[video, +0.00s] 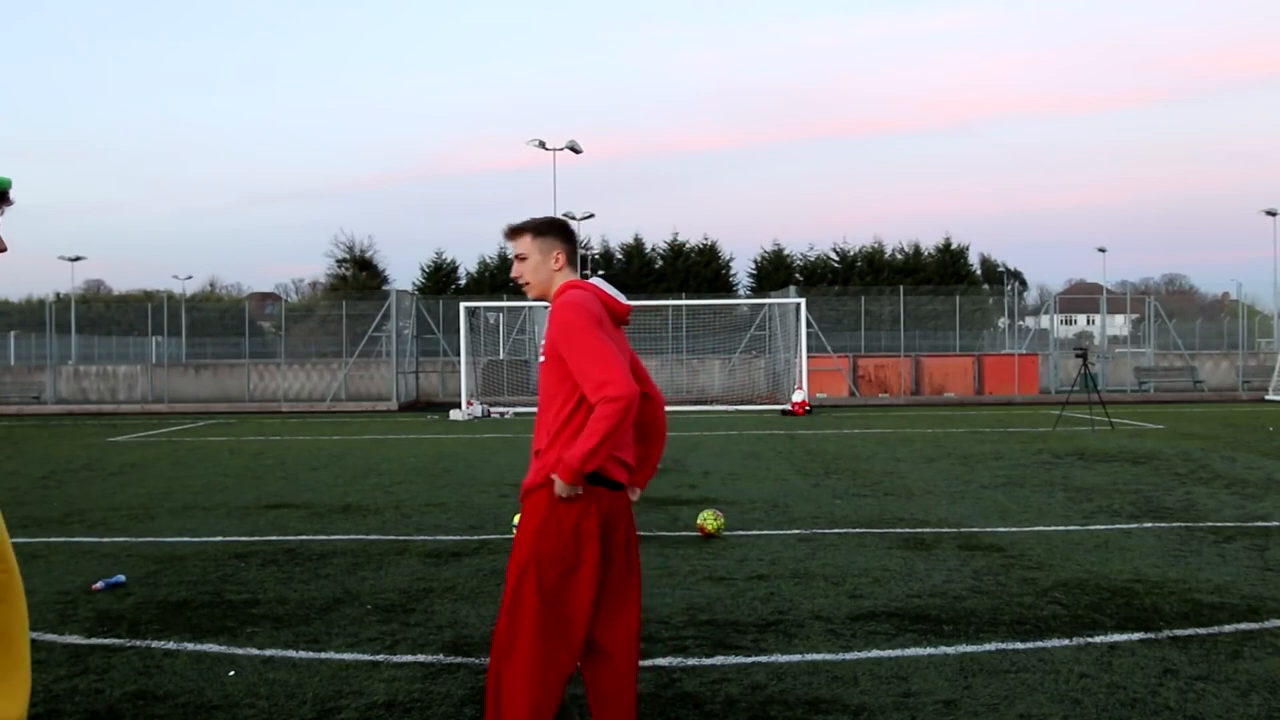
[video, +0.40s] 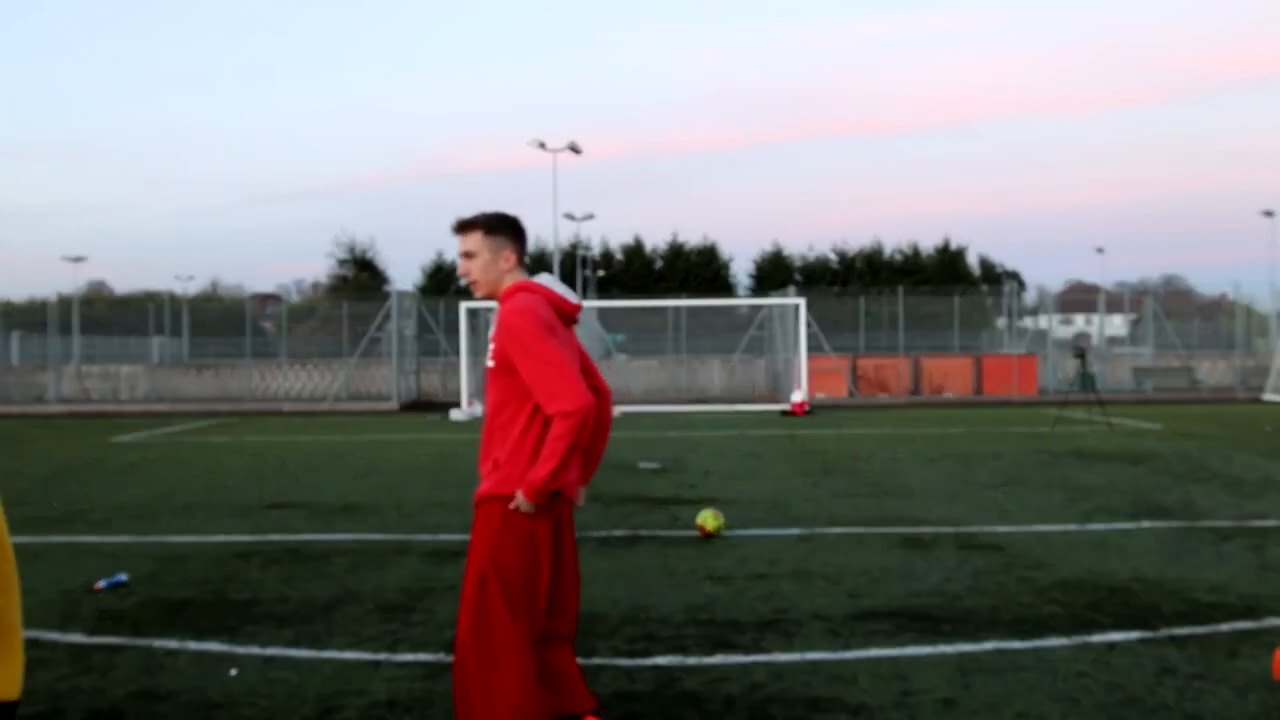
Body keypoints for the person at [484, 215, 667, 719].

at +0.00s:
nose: (515, 272)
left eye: (522, 259)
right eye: (513, 261)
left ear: (557, 258)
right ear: (563, 262)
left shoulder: (571, 307)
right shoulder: (595, 311)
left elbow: (617, 393)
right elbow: (651, 401)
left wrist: (570, 468)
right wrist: (634, 479)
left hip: (564, 507)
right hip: (608, 505)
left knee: (528, 648)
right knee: (610, 650)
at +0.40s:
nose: (462, 269)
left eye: (470, 256)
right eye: (460, 258)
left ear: (507, 256)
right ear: (509, 260)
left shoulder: (518, 312)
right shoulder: (539, 308)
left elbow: (572, 404)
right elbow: (598, 399)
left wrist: (536, 484)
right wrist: (577, 475)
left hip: (511, 506)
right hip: (546, 506)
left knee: (491, 642)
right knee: (545, 636)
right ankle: (576, 708)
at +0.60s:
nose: (437, 272)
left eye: (445, 260)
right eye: (436, 261)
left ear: (481, 260)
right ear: (482, 263)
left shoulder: (509, 316)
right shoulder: (504, 313)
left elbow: (552, 418)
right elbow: (536, 417)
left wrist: (514, 501)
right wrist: (502, 497)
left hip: (514, 509)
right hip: (510, 506)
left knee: (496, 646)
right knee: (500, 643)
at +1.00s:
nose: (406, 304)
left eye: (415, 292)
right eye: (403, 294)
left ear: (451, 293)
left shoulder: (494, 333)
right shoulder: (447, 354)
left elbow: (577, 404)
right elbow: (513, 416)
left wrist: (565, 490)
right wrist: (517, 490)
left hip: (550, 496)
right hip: (518, 495)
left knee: (526, 632)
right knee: (507, 629)